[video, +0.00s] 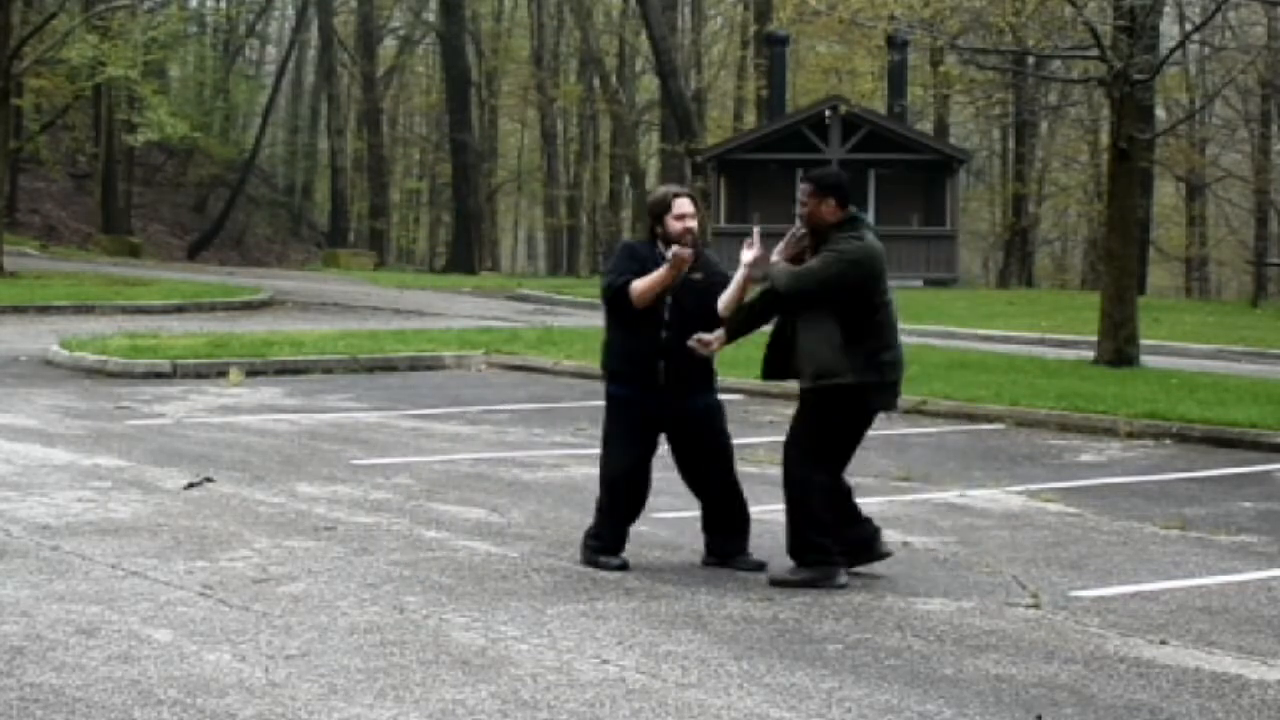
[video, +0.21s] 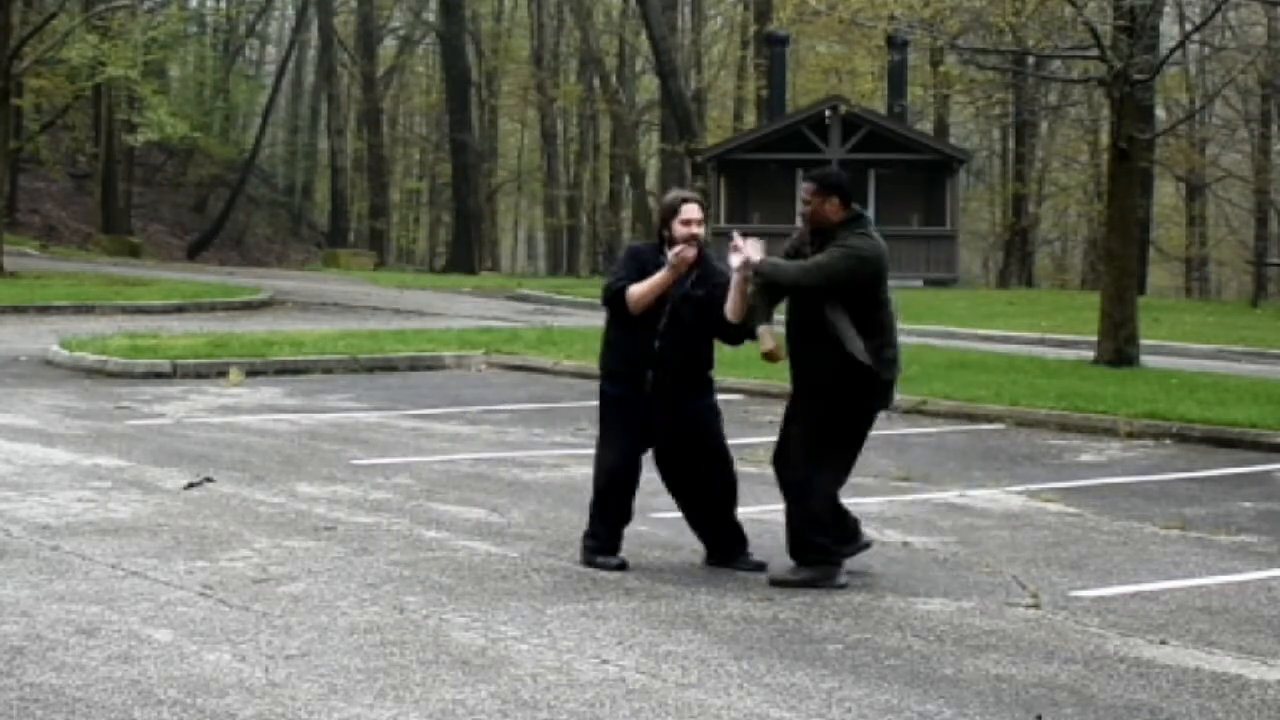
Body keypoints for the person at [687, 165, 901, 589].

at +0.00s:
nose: (800, 211)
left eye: (807, 203)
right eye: (800, 202)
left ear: (834, 206)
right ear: (827, 207)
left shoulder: (857, 250)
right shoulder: (816, 245)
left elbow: (795, 287)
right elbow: (772, 295)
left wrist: (775, 265)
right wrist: (724, 334)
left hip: (856, 379)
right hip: (830, 376)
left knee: (806, 459)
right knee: (811, 461)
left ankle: (820, 564)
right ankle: (859, 541)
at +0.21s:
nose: (805, 210)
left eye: (811, 203)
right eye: (804, 203)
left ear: (836, 205)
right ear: (821, 205)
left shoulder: (862, 248)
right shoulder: (811, 238)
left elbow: (809, 275)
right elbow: (771, 276)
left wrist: (759, 265)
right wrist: (764, 328)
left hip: (857, 378)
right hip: (818, 372)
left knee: (812, 466)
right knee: (789, 460)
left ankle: (819, 563)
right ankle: (841, 533)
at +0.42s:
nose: (813, 204)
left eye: (820, 197)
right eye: (812, 196)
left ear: (848, 199)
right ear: (828, 199)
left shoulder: (873, 241)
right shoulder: (819, 234)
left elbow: (845, 286)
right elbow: (792, 275)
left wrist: (792, 303)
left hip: (867, 368)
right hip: (830, 366)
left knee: (836, 460)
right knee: (821, 456)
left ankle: (828, 558)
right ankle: (853, 546)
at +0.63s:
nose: (838, 203)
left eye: (845, 196)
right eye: (837, 195)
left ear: (871, 197)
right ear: (851, 197)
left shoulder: (900, 249)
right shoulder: (835, 225)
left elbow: (883, 313)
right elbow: (786, 232)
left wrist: (825, 306)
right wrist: (759, 196)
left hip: (883, 370)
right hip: (838, 365)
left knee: (856, 454)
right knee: (828, 458)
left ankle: (900, 537)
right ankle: (847, 550)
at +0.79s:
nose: (860, 199)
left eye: (868, 194)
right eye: (859, 191)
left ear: (894, 197)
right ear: (861, 192)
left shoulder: (913, 245)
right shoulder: (851, 219)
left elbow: (892, 298)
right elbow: (817, 230)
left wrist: (829, 295)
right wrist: (790, 222)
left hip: (898, 369)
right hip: (848, 361)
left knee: (902, 462)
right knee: (837, 459)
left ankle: (911, 540)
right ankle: (850, 549)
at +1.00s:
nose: (874, 205)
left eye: (883, 200)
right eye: (872, 197)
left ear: (906, 204)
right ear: (869, 197)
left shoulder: (924, 250)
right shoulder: (854, 231)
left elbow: (906, 300)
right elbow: (807, 249)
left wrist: (839, 302)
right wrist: (795, 263)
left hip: (903, 378)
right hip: (847, 372)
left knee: (903, 463)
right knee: (828, 455)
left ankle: (903, 543)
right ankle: (841, 540)